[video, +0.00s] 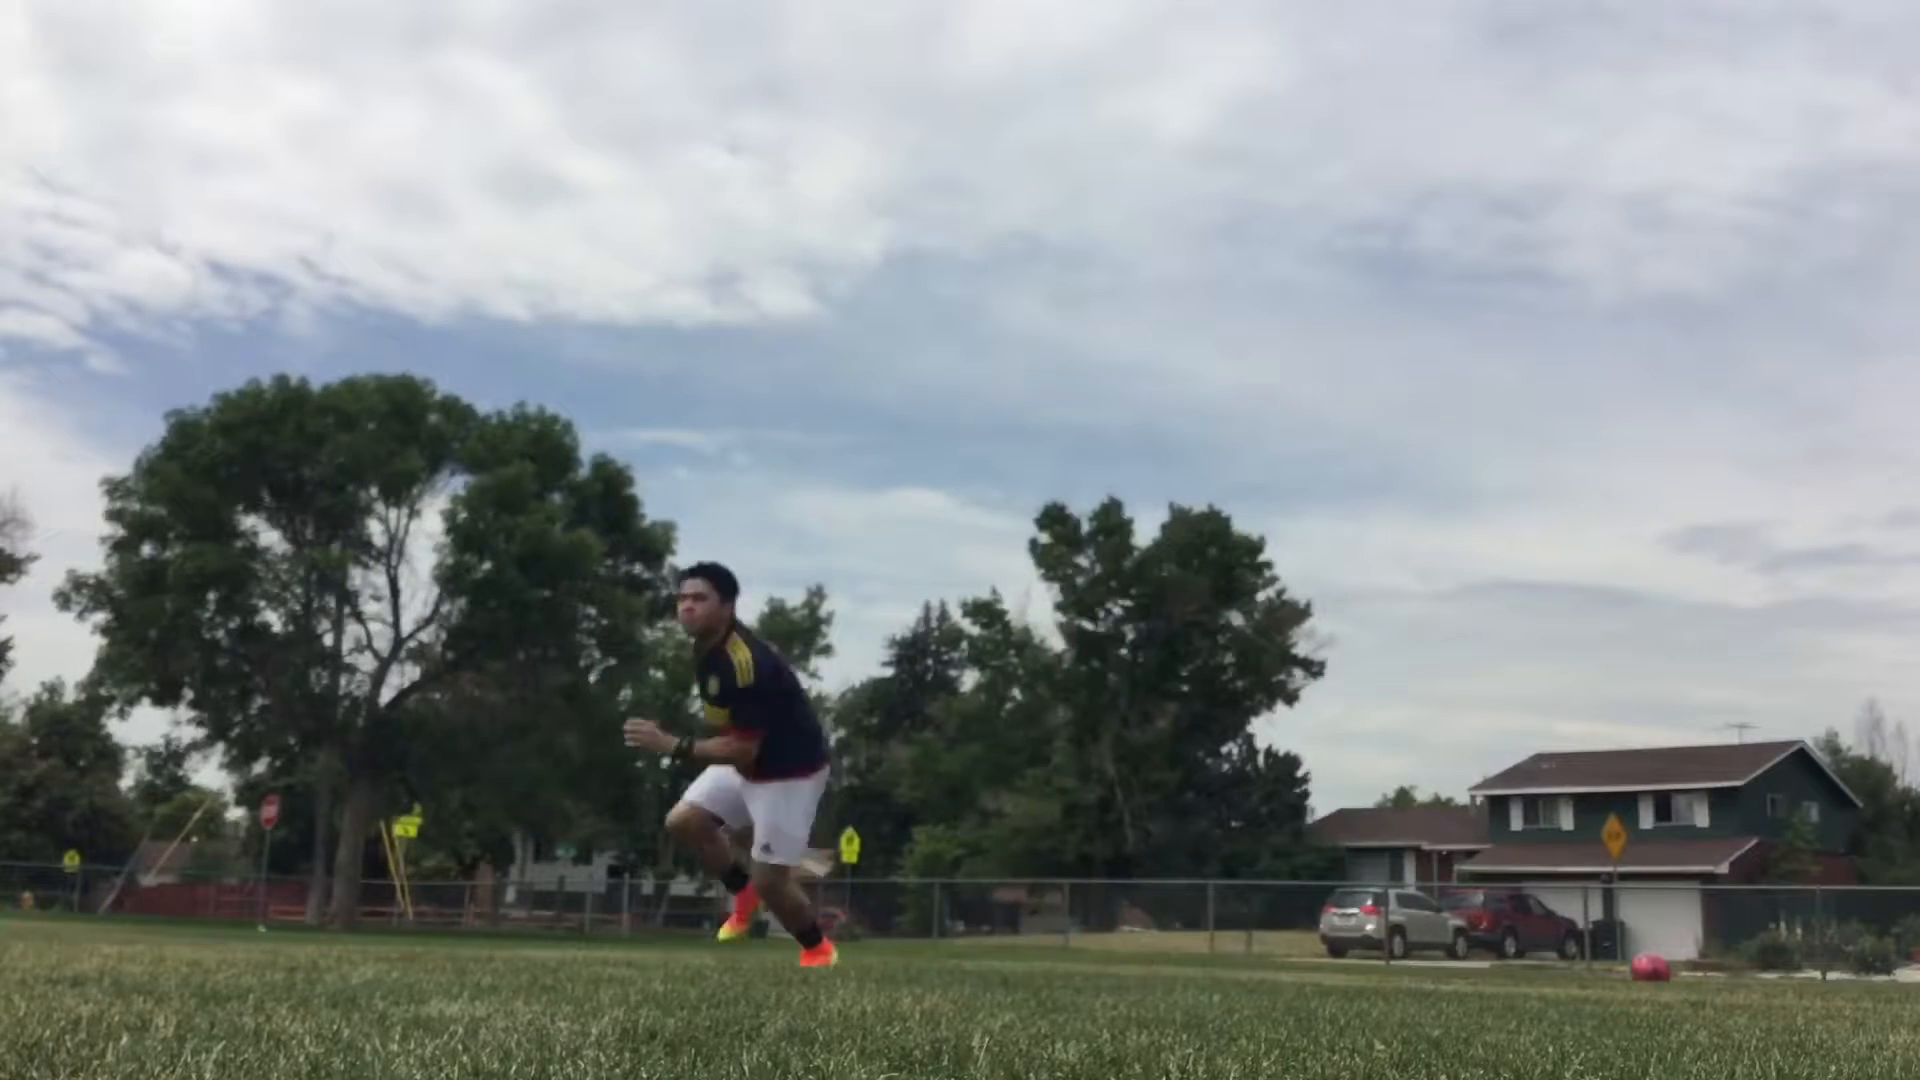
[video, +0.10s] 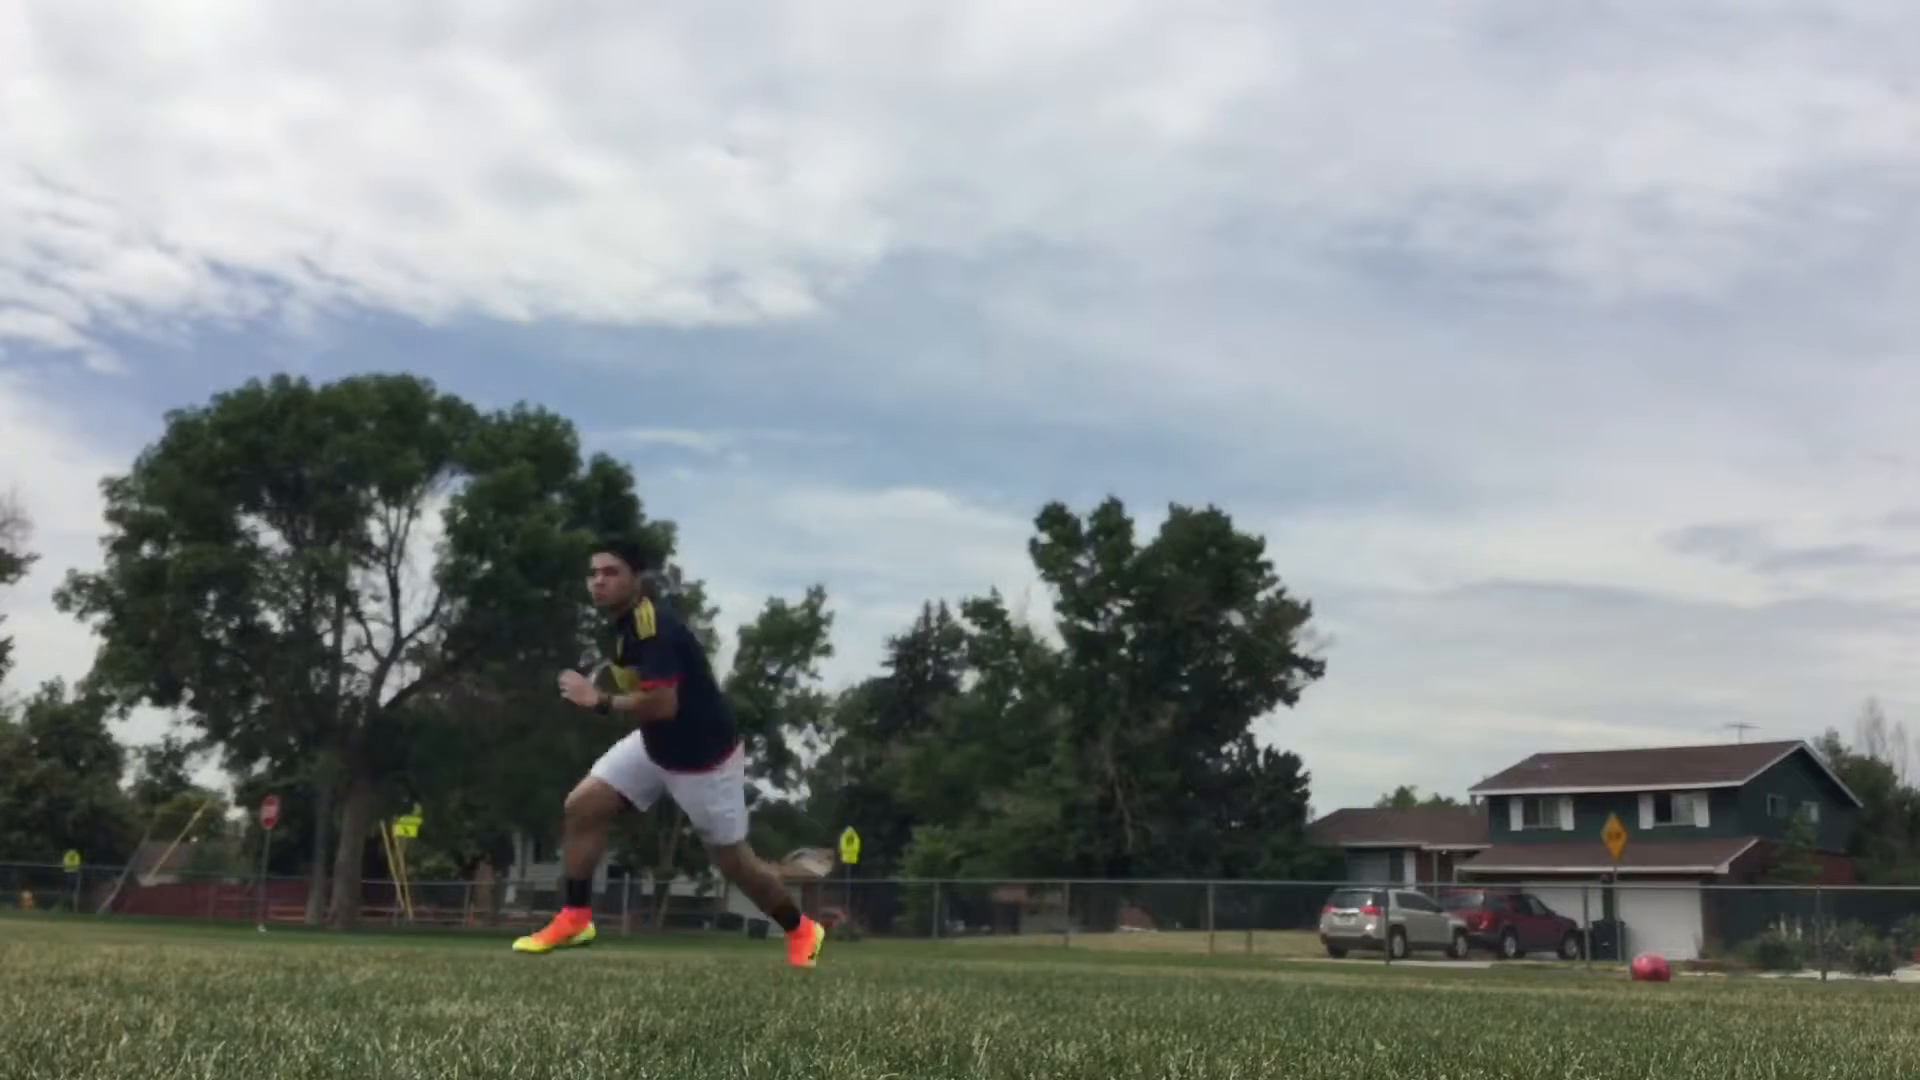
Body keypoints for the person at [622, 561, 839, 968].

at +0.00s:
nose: (686, 607)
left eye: (698, 599)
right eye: (682, 599)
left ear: (726, 606)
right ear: (677, 606)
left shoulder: (747, 661)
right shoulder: (706, 653)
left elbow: (743, 750)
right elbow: (728, 726)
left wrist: (668, 744)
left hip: (792, 772)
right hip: (745, 764)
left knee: (769, 880)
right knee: (685, 822)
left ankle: (818, 948)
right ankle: (744, 892)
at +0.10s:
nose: (597, 582)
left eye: (609, 573)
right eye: (593, 574)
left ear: (637, 579)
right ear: (591, 582)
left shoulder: (655, 626)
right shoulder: (625, 626)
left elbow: (662, 703)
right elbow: (631, 677)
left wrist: (599, 700)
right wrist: (600, 683)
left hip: (707, 758)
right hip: (654, 746)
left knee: (734, 861)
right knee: (582, 806)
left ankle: (799, 928)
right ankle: (575, 918)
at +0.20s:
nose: (502, 563)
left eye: (514, 553)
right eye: (497, 555)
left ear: (541, 558)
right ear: (494, 563)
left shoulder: (571, 604)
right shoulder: (528, 614)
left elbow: (627, 665)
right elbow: (554, 687)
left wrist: (596, 741)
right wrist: (531, 732)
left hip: (607, 740)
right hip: (552, 740)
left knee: (596, 862)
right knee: (509, 830)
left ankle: (691, 880)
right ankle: (525, 937)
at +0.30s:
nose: (403, 557)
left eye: (414, 548)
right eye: (401, 548)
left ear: (447, 553)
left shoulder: (491, 597)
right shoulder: (411, 616)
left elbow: (576, 623)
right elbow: (406, 690)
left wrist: (594, 694)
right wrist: (385, 697)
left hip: (505, 741)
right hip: (465, 743)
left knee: (418, 824)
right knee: (472, 848)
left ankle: (480, 893)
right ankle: (519, 939)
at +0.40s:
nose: (301, 525)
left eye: (313, 516)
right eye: (300, 515)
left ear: (350, 523)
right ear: (305, 522)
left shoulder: (396, 564)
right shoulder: (305, 576)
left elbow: (485, 580)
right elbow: (289, 648)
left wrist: (483, 655)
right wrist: (300, 659)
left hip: (392, 716)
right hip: (350, 717)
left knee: (287, 808)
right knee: (407, 823)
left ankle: (240, 920)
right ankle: (472, 902)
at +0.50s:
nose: (192, 499)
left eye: (205, 489)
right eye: (193, 489)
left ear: (242, 499)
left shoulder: (292, 558)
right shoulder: (201, 560)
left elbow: (354, 630)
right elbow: (197, 637)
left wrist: (309, 694)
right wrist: (181, 698)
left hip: (270, 715)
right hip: (219, 714)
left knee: (191, 821)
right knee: (211, 822)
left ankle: (176, 931)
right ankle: (327, 845)